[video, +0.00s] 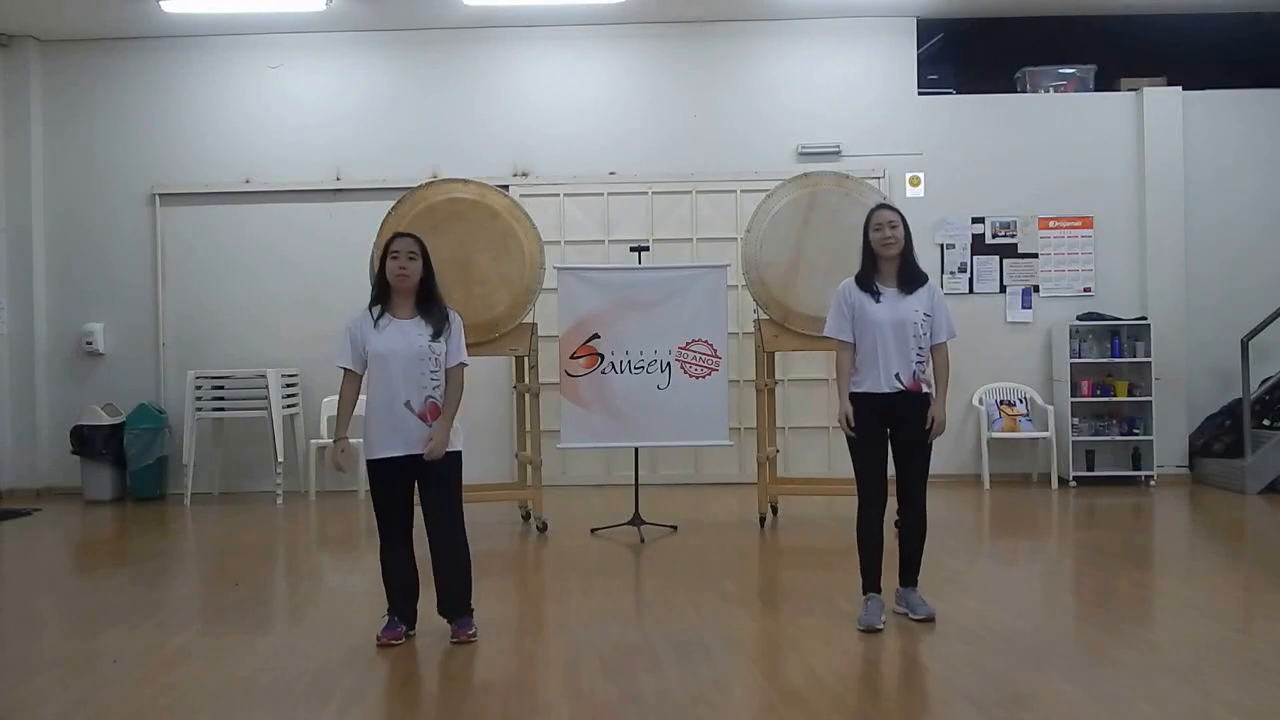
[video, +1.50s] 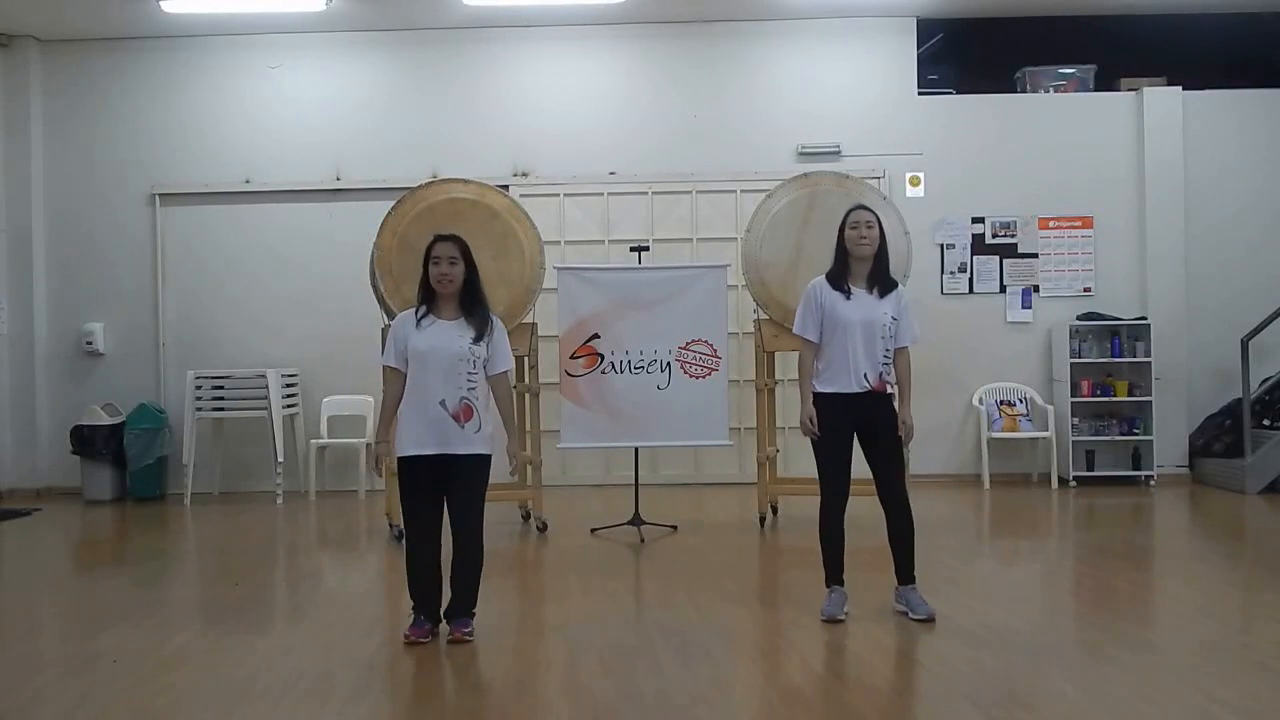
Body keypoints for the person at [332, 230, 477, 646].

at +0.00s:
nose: (402, 264)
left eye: (411, 257)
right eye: (394, 257)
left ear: (424, 268)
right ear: (383, 266)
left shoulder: (446, 320)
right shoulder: (364, 325)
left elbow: (456, 379)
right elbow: (351, 380)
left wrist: (443, 430)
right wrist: (340, 435)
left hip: (438, 445)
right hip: (386, 449)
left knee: (448, 533)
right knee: (394, 538)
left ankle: (460, 614)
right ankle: (400, 616)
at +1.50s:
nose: (443, 269)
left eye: (453, 262)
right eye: (436, 262)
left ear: (467, 270)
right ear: (426, 270)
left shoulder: (487, 326)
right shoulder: (404, 324)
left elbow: (501, 386)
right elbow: (393, 385)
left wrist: (514, 439)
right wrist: (381, 437)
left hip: (471, 449)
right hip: (416, 449)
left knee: (467, 535)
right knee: (421, 537)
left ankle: (461, 615)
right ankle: (424, 615)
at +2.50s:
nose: (431, 273)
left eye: (442, 267)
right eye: (426, 265)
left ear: (458, 277)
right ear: (418, 273)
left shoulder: (476, 330)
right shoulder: (399, 326)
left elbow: (497, 381)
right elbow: (390, 377)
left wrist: (506, 412)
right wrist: (351, 412)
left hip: (460, 450)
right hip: (409, 450)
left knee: (458, 532)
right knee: (403, 529)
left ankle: (460, 614)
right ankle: (425, 596)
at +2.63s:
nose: (425, 268)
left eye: (437, 262)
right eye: (421, 260)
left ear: (453, 274)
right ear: (413, 268)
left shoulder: (467, 324)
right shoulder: (394, 321)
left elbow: (479, 381)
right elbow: (371, 370)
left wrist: (462, 369)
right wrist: (324, 368)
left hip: (453, 448)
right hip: (402, 446)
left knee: (455, 535)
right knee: (385, 524)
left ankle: (459, 616)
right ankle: (401, 592)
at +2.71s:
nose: (419, 262)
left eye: (431, 258)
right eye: (414, 255)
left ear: (447, 270)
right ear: (406, 264)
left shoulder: (457, 319)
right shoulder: (384, 318)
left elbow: (454, 371)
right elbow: (359, 368)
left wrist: (417, 340)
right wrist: (339, 344)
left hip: (445, 445)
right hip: (392, 444)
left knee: (452, 531)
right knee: (375, 529)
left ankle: (459, 616)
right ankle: (370, 611)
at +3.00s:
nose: (390, 263)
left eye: (399, 258)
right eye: (382, 257)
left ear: (413, 272)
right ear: (371, 271)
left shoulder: (428, 321)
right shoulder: (352, 322)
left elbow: (447, 368)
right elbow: (310, 361)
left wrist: (430, 359)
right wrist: (284, 355)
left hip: (411, 448)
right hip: (357, 449)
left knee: (425, 533)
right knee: (356, 537)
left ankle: (452, 614)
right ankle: (360, 619)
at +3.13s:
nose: (375, 267)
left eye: (382, 261)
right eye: (366, 262)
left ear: (395, 274)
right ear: (354, 277)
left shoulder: (421, 326)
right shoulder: (337, 330)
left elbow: (462, 361)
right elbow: (288, 368)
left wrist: (503, 367)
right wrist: (222, 378)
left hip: (405, 450)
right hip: (351, 452)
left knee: (406, 532)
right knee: (351, 539)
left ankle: (417, 607)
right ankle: (360, 618)